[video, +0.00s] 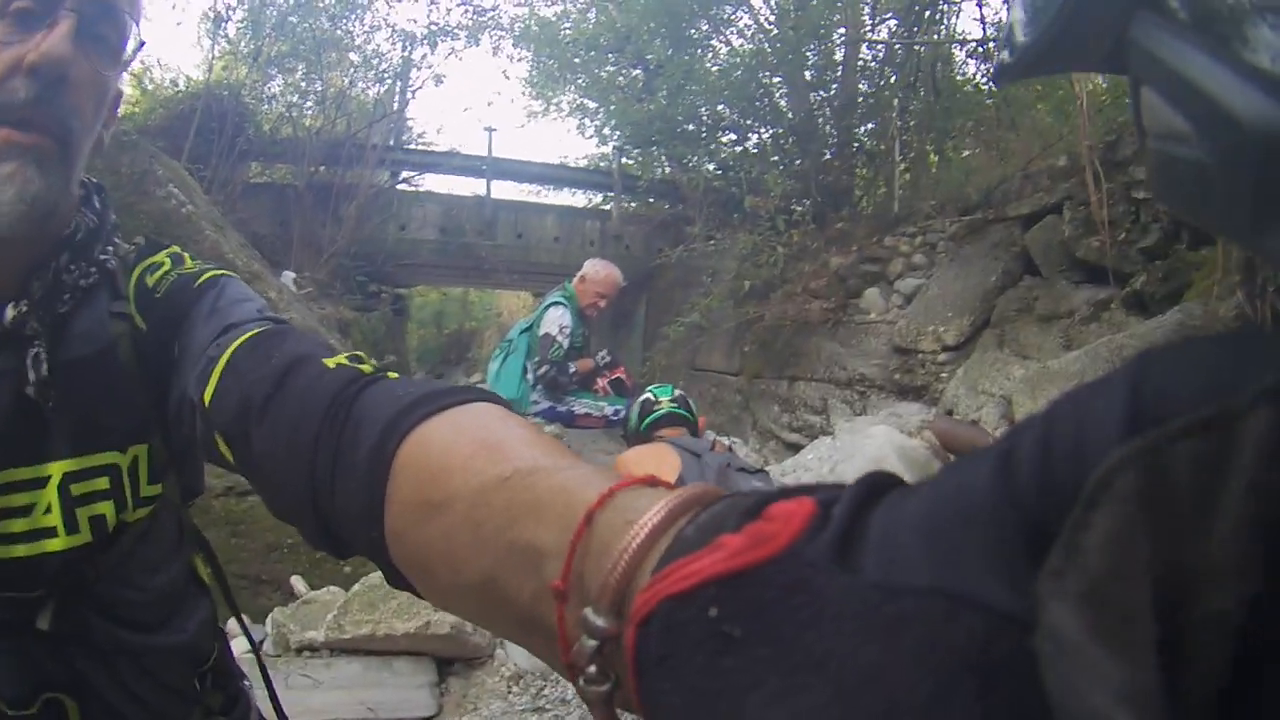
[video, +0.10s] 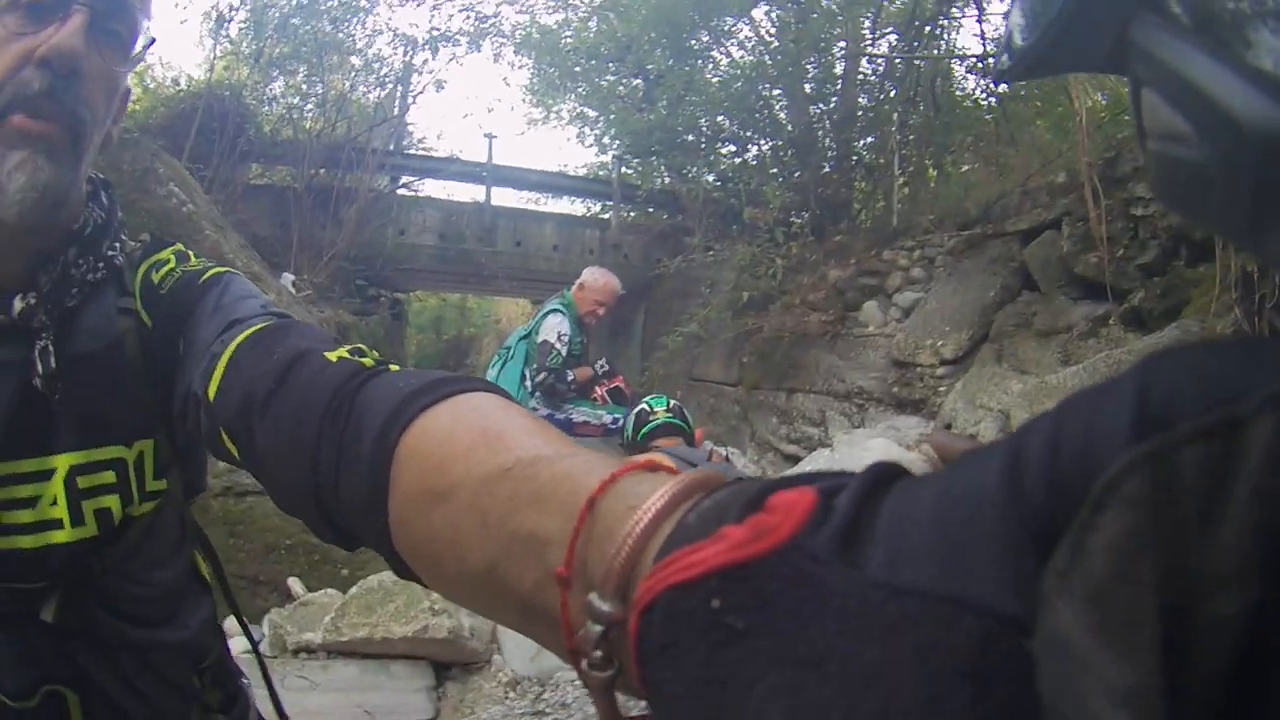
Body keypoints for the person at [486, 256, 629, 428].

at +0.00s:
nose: (603, 305)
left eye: (608, 300)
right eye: (599, 296)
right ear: (580, 282)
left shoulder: (573, 309)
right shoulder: (559, 312)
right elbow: (547, 375)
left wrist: (593, 381)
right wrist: (592, 363)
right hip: (536, 402)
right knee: (627, 412)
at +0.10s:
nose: (602, 313)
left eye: (607, 308)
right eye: (598, 304)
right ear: (578, 289)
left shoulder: (570, 316)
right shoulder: (558, 319)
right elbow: (545, 381)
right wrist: (592, 371)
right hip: (534, 407)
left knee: (624, 413)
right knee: (624, 420)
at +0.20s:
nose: (615, 307)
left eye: (621, 302)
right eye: (612, 299)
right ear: (592, 284)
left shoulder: (584, 311)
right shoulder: (572, 314)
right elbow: (561, 377)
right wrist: (606, 366)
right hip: (549, 404)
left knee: (639, 408)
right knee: (640, 416)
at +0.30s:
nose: (616, 308)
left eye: (621, 302)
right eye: (613, 299)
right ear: (592, 285)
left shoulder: (584, 311)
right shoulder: (572, 314)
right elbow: (561, 376)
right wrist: (606, 367)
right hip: (546, 404)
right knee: (640, 416)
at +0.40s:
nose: (617, 307)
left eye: (622, 302)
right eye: (613, 298)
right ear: (593, 285)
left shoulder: (584, 311)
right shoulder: (573, 314)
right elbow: (561, 375)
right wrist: (607, 367)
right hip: (547, 404)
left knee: (635, 406)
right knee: (636, 415)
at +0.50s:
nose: (618, 307)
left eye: (623, 301)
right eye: (614, 298)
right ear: (594, 285)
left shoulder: (585, 312)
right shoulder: (573, 314)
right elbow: (561, 376)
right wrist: (606, 367)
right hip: (548, 404)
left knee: (637, 407)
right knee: (638, 415)